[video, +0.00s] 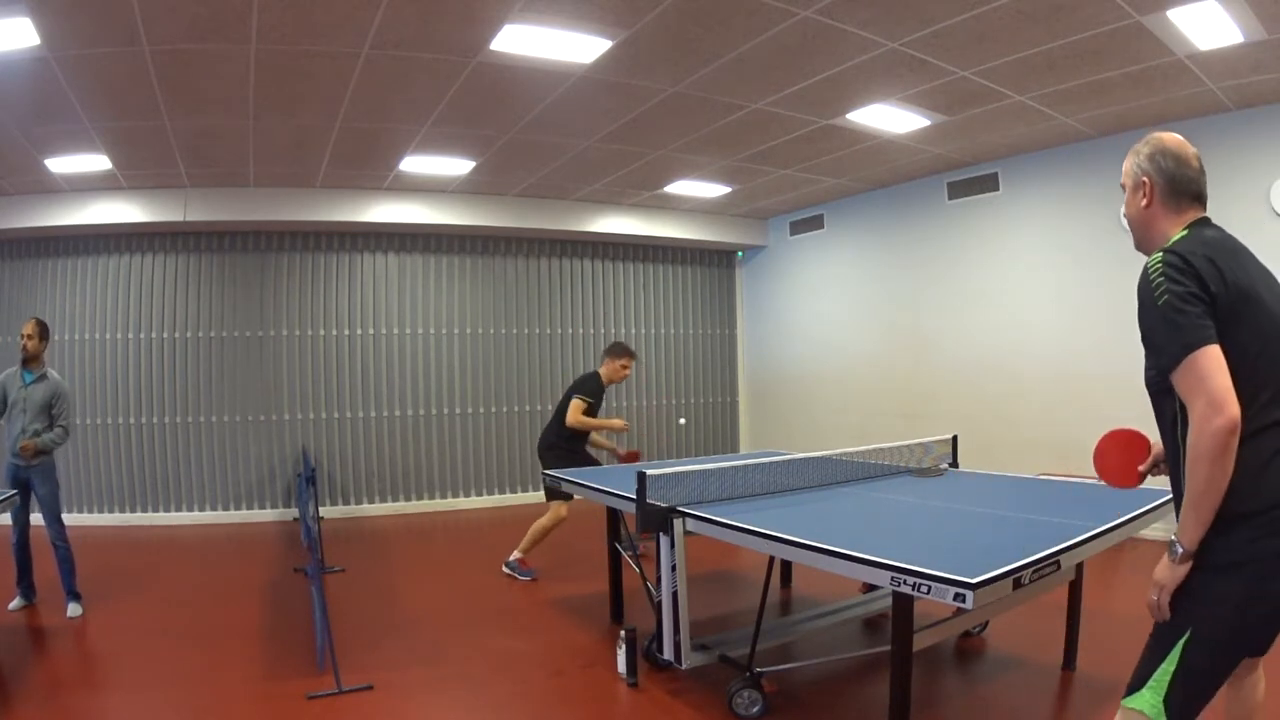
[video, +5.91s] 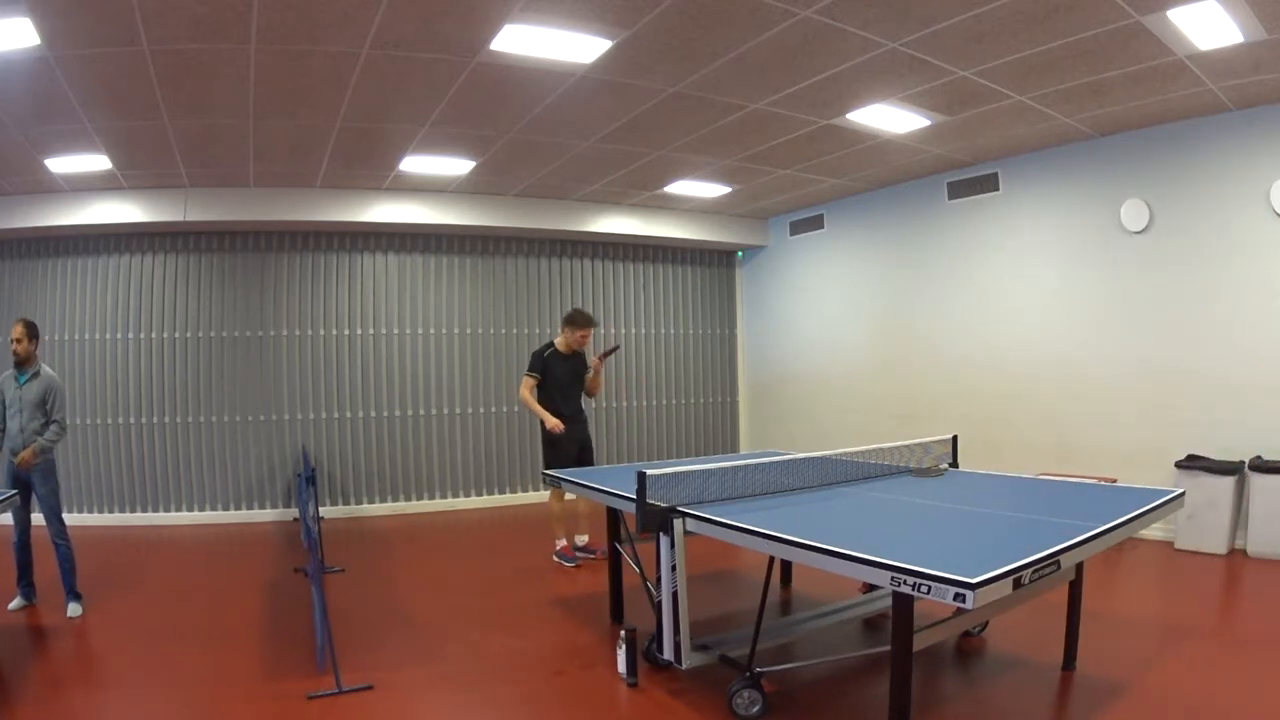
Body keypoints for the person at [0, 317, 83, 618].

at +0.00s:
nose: (23, 342)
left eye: (30, 338)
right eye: (22, 337)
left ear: (44, 344)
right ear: (20, 341)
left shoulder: (56, 386)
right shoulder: (7, 379)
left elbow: (63, 430)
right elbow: (2, 415)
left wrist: (39, 444)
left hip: (42, 466)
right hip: (12, 465)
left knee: (56, 532)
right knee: (19, 533)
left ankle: (72, 596)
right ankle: (25, 593)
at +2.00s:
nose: (15, 348)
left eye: (21, 343)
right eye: (13, 343)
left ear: (36, 344)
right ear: (12, 345)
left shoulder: (51, 382)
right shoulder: (6, 381)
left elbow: (62, 427)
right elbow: (3, 426)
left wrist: (37, 444)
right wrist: (2, 466)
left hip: (41, 466)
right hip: (11, 466)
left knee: (56, 532)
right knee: (20, 533)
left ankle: (72, 596)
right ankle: (26, 593)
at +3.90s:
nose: (18, 343)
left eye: (24, 338)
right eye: (16, 338)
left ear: (38, 343)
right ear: (14, 343)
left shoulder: (53, 384)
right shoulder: (6, 380)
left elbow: (61, 428)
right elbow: (4, 416)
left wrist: (42, 449)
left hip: (40, 464)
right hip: (11, 464)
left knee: (57, 533)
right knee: (19, 533)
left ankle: (72, 596)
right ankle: (26, 593)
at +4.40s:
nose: (17, 345)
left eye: (23, 340)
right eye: (15, 340)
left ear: (38, 344)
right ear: (13, 344)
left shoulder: (52, 383)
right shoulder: (6, 380)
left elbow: (61, 428)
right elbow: (2, 415)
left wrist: (41, 450)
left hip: (41, 464)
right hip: (11, 464)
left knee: (57, 532)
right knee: (20, 533)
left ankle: (72, 596)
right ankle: (26, 593)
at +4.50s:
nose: (17, 345)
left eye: (23, 340)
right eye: (15, 340)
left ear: (38, 344)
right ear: (13, 344)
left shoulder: (52, 383)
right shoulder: (7, 379)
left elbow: (62, 428)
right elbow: (3, 420)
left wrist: (41, 450)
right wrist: (1, 403)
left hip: (41, 463)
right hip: (11, 464)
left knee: (57, 531)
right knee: (20, 533)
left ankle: (72, 596)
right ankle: (26, 593)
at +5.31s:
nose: (18, 345)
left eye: (24, 340)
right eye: (15, 340)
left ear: (38, 344)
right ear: (13, 343)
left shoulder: (52, 382)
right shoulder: (6, 381)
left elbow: (62, 428)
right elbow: (3, 419)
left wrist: (42, 451)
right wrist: (8, 448)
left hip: (41, 463)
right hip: (11, 463)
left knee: (57, 531)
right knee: (20, 532)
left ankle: (73, 596)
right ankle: (26, 593)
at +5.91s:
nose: (13, 346)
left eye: (19, 341)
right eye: (11, 341)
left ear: (34, 344)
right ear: (10, 345)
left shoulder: (49, 381)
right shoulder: (5, 381)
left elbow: (59, 426)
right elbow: (4, 422)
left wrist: (35, 450)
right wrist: (6, 454)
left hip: (41, 464)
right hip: (11, 463)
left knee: (56, 531)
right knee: (20, 532)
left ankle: (72, 596)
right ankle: (26, 593)